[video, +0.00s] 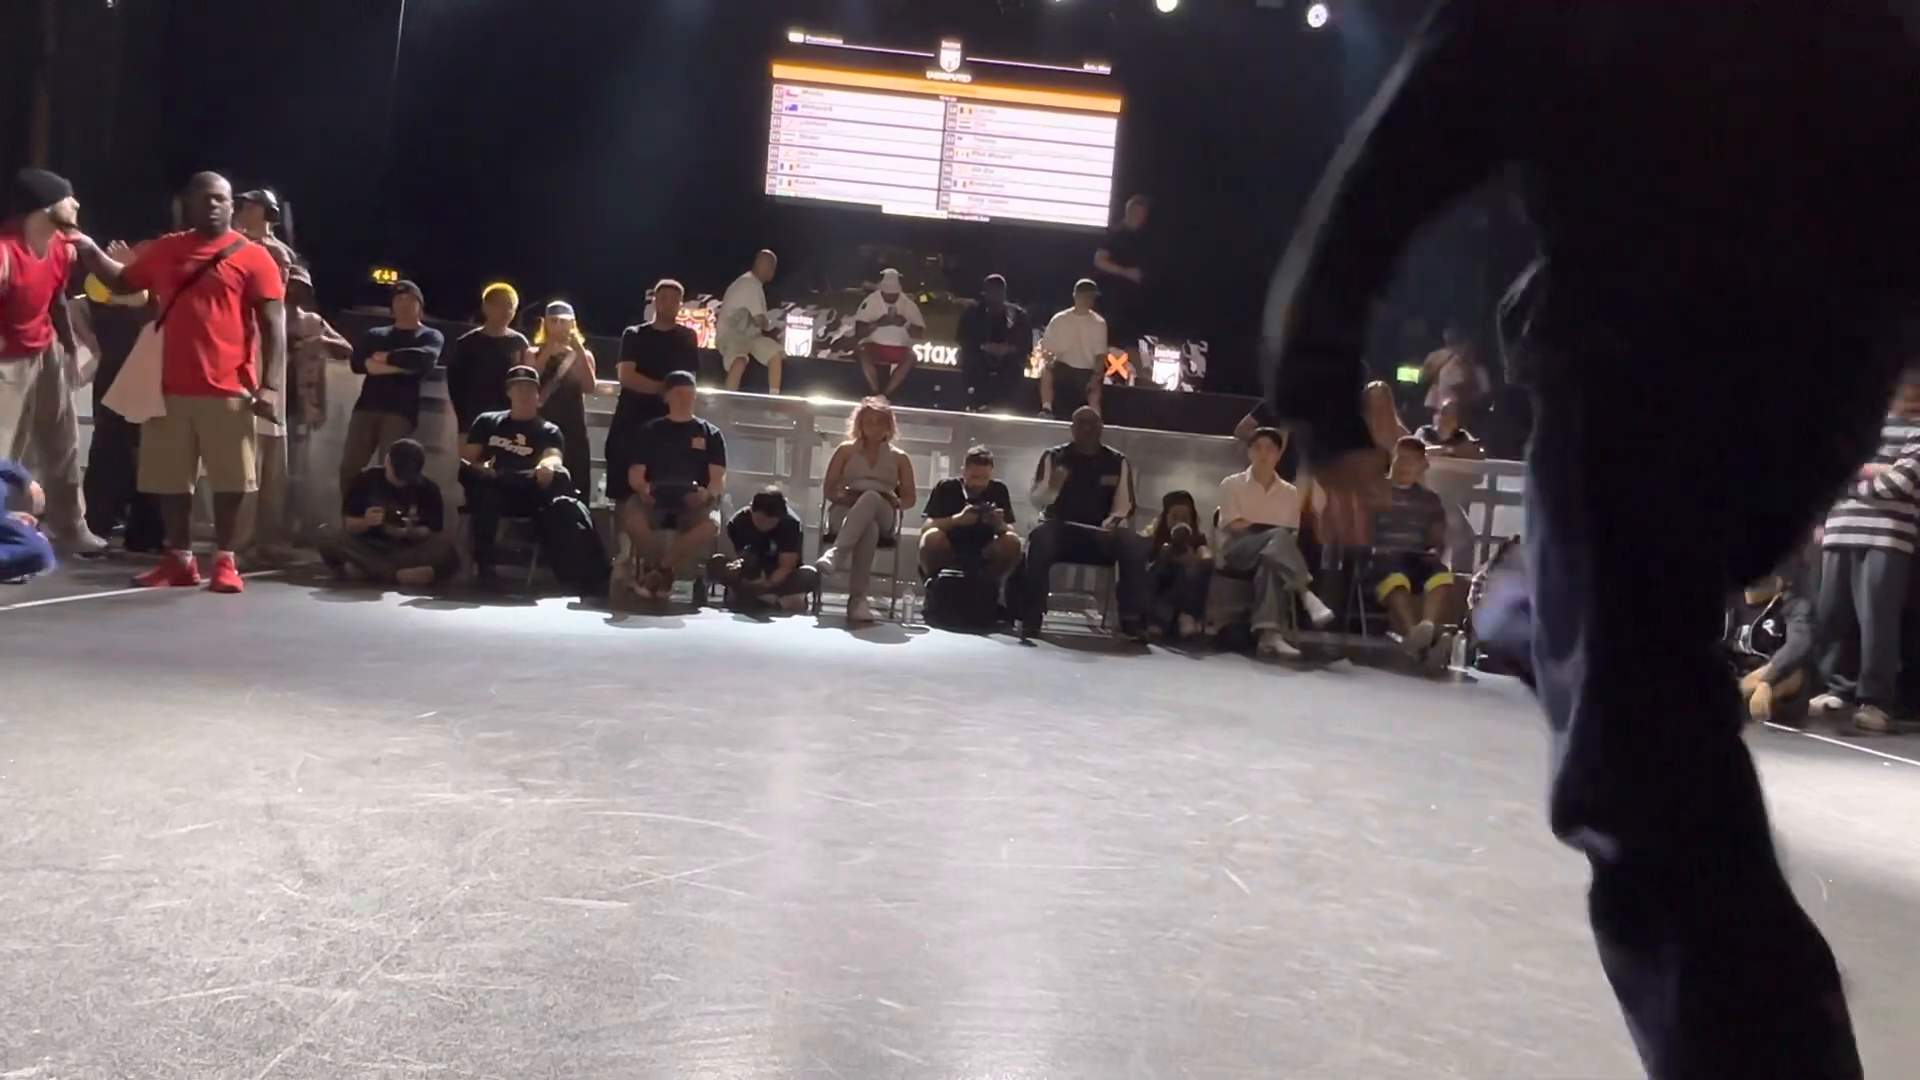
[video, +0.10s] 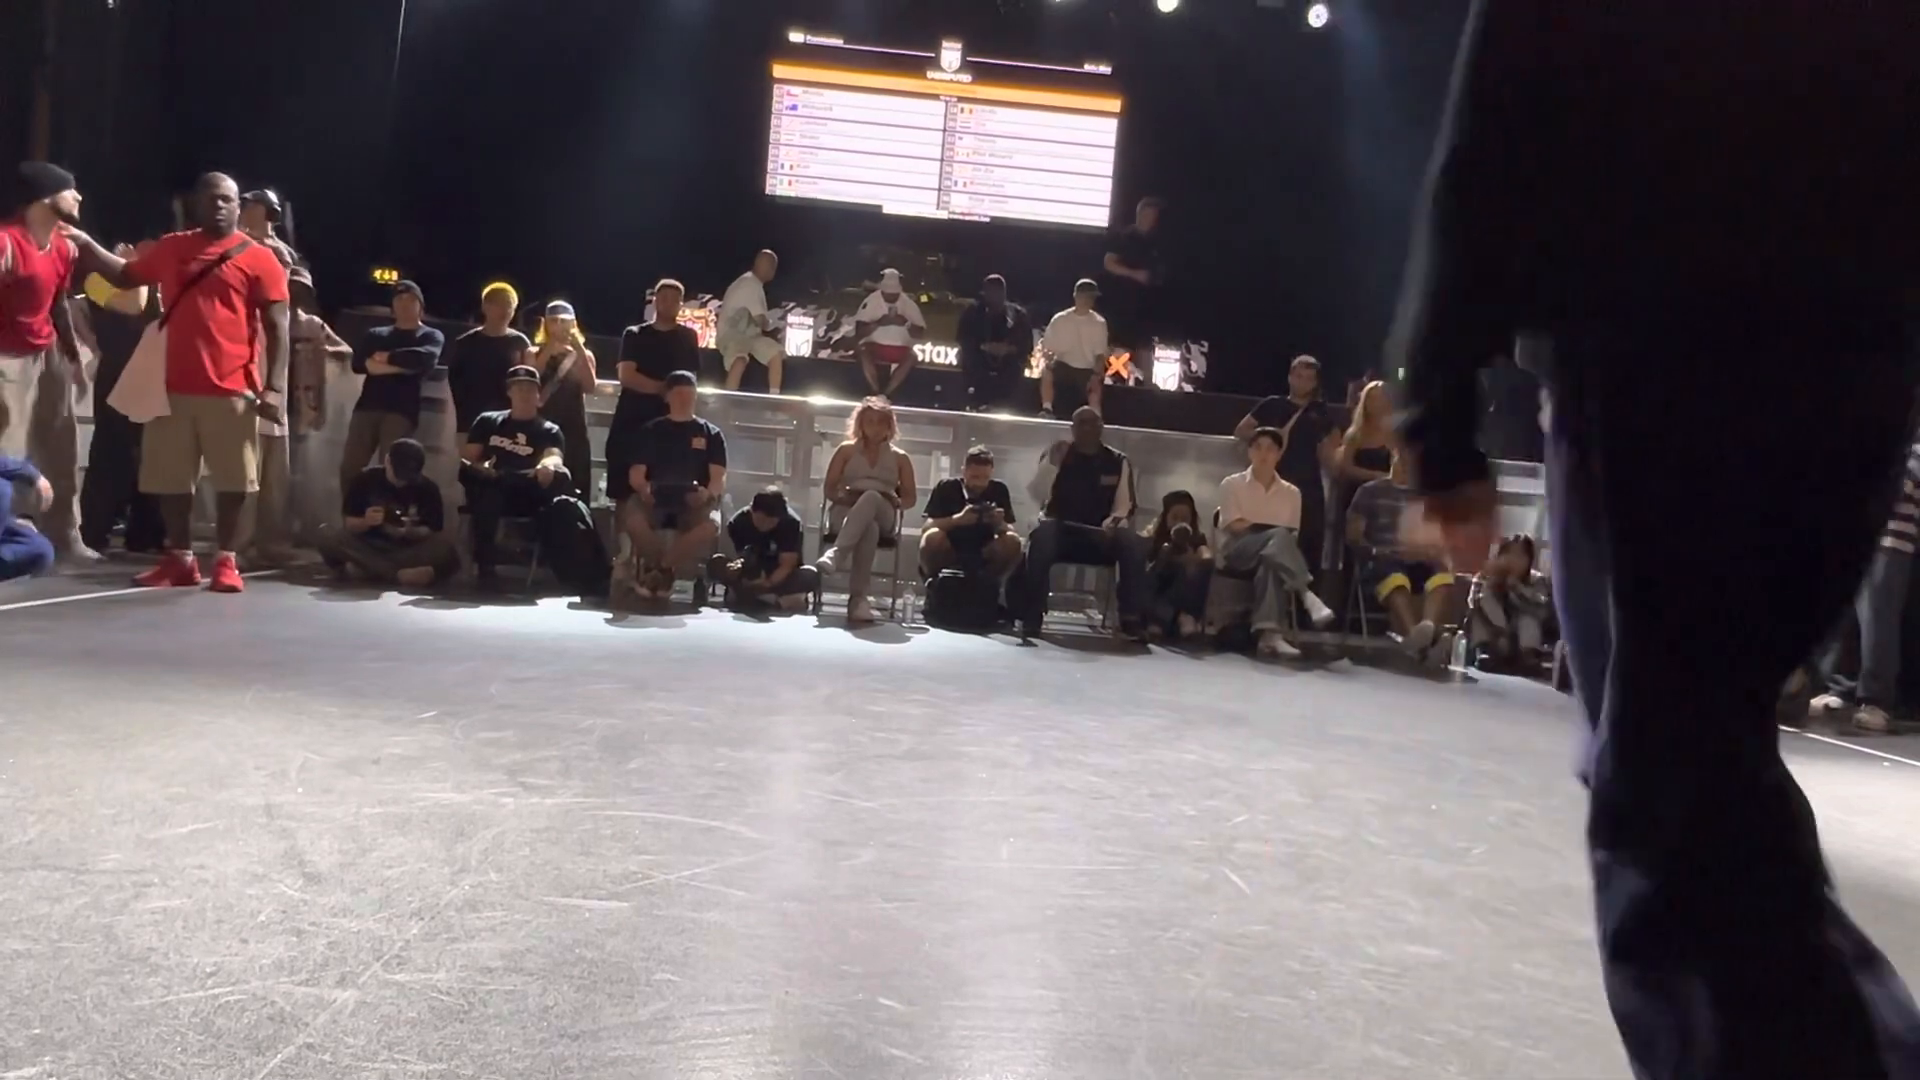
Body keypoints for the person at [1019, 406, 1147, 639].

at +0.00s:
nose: (1087, 429)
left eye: (1093, 423)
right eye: (1081, 423)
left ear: (1102, 428)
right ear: (1071, 428)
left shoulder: (1118, 462)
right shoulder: (1053, 457)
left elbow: (1123, 503)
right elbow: (1037, 500)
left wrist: (1114, 519)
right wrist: (1053, 486)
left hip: (1099, 535)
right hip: (1062, 533)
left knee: (1132, 541)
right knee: (1040, 536)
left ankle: (1132, 619)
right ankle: (1031, 619)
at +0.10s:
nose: (1088, 429)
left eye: (1093, 423)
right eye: (1082, 423)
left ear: (1102, 428)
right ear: (1072, 428)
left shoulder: (1119, 462)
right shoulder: (1056, 454)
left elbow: (1123, 502)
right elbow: (1037, 495)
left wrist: (1115, 519)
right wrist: (1054, 463)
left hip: (1099, 535)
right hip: (1062, 533)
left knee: (1132, 541)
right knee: (1042, 534)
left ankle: (1132, 619)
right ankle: (1032, 619)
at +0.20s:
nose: (1085, 428)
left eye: (1091, 423)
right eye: (1080, 423)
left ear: (1101, 427)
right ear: (1071, 428)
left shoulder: (1118, 461)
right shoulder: (1058, 454)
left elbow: (1123, 502)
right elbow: (1035, 479)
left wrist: (1114, 518)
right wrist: (1053, 445)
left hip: (1100, 534)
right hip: (1062, 532)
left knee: (1132, 540)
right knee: (1042, 535)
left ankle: (1131, 619)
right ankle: (1031, 618)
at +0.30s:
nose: (1083, 428)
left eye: (1089, 423)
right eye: (1078, 423)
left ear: (1100, 428)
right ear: (1070, 428)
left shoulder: (1118, 461)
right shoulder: (1059, 453)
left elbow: (1123, 503)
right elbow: (1034, 470)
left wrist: (1114, 519)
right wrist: (1055, 434)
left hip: (1099, 534)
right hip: (1062, 532)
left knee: (1132, 541)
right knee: (1041, 535)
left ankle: (1131, 619)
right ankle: (1031, 618)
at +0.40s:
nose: (1085, 429)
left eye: (1091, 423)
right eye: (1080, 424)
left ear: (1101, 429)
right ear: (1072, 429)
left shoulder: (1119, 462)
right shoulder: (1061, 455)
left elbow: (1124, 504)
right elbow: (1035, 465)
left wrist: (1115, 520)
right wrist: (1058, 431)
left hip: (1099, 534)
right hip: (1062, 532)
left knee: (1132, 542)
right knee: (1041, 537)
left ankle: (1131, 620)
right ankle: (1031, 620)